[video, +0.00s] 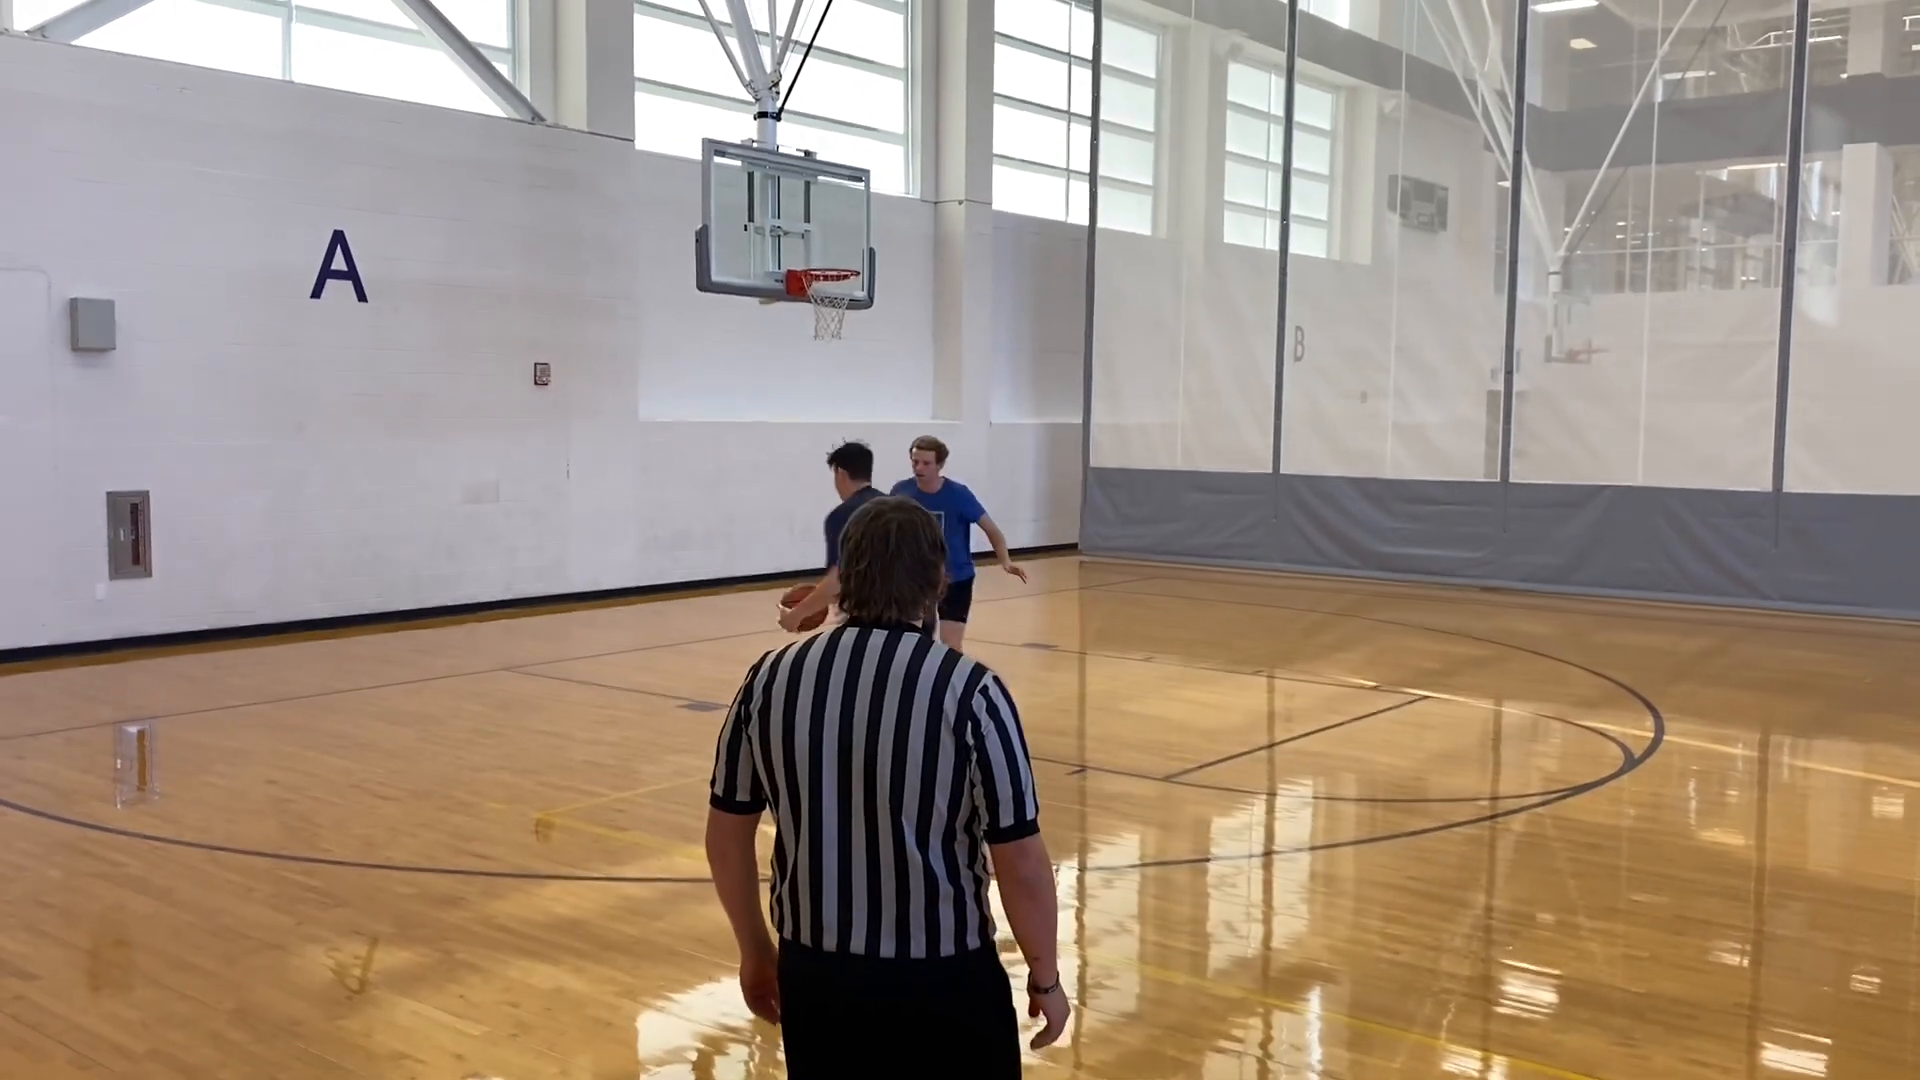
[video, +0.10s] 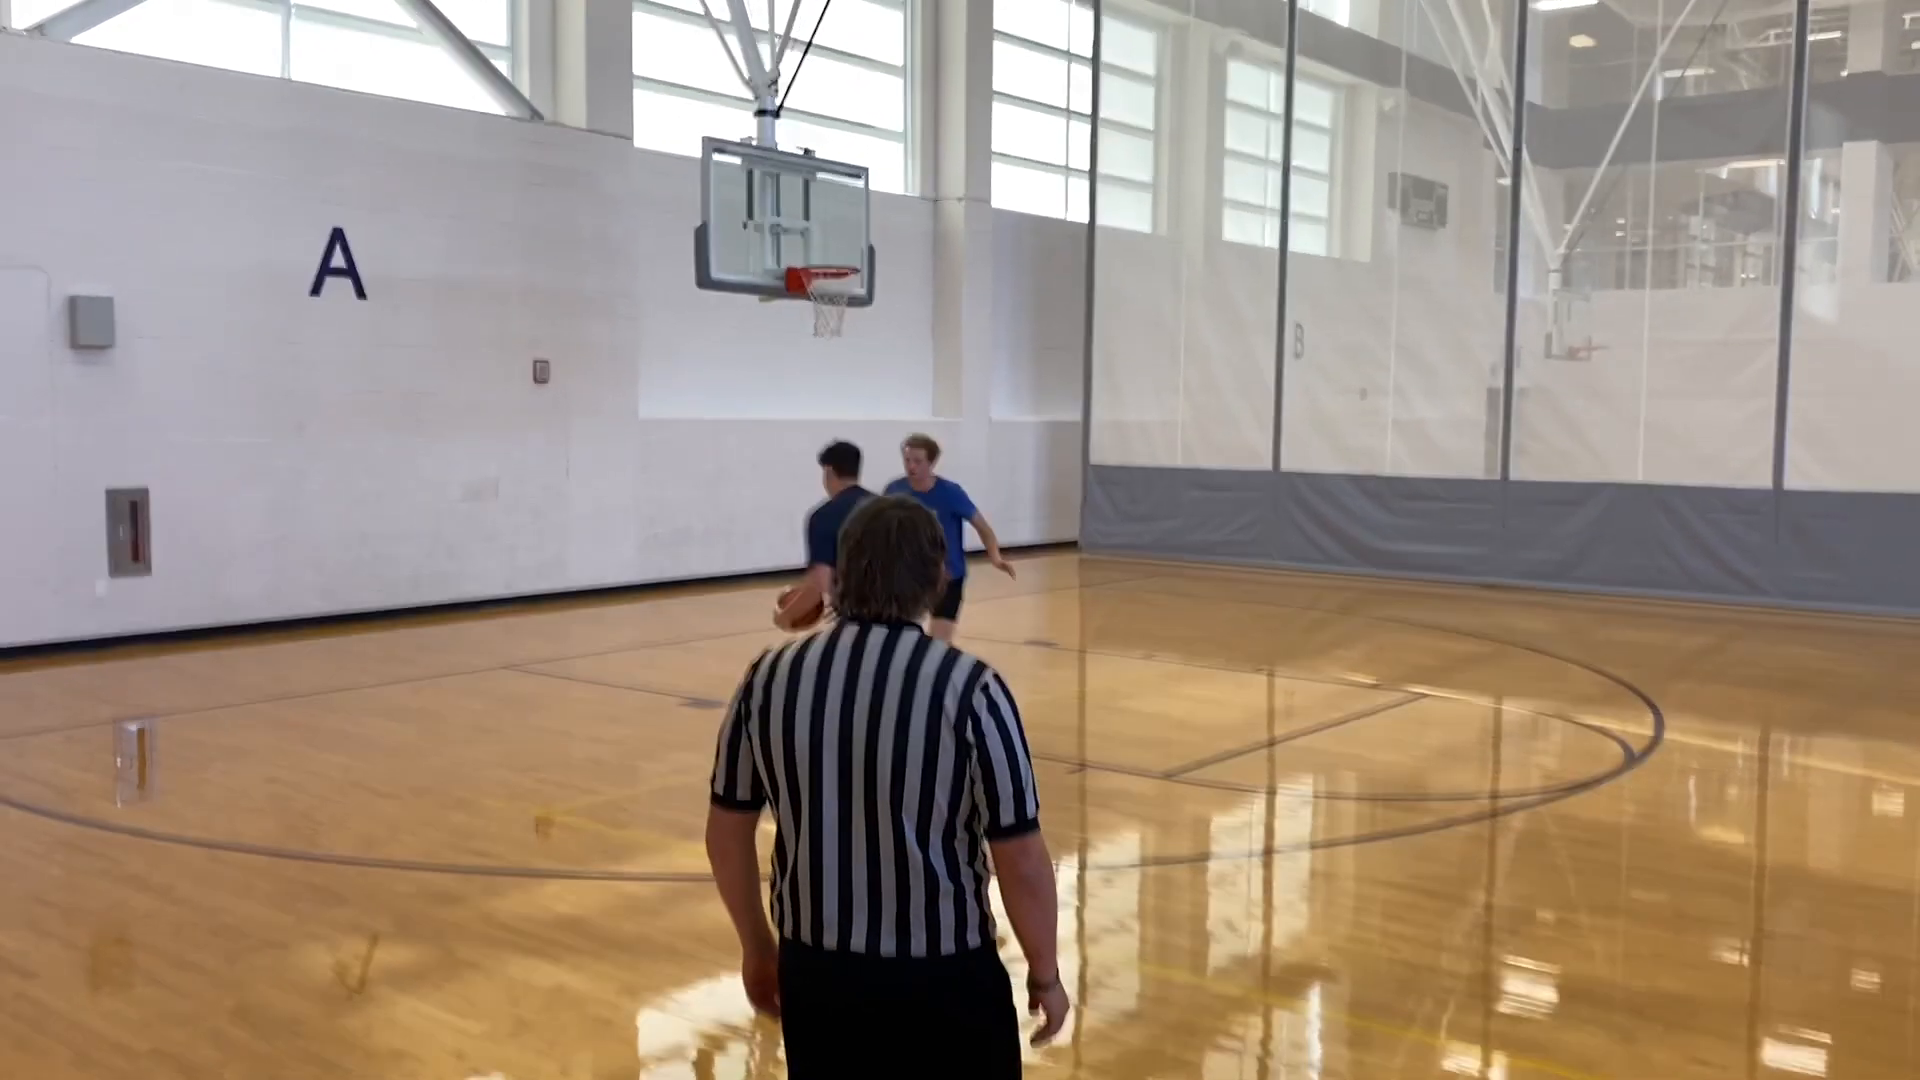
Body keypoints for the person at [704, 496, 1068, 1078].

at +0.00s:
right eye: (943, 573)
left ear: (844, 577)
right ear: (937, 584)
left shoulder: (771, 677)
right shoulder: (972, 690)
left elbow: (727, 834)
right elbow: (1021, 861)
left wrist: (755, 949)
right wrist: (1045, 976)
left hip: (816, 981)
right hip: (949, 986)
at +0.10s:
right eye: (943, 568)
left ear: (842, 573)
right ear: (937, 579)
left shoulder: (771, 675)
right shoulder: (971, 687)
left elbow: (727, 831)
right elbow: (1020, 854)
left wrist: (757, 945)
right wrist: (1045, 973)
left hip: (817, 981)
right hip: (950, 984)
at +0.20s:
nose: (947, 581)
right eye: (942, 569)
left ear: (844, 571)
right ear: (934, 579)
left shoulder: (770, 673)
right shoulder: (969, 686)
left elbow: (725, 830)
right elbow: (1019, 856)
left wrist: (756, 944)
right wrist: (1042, 971)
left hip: (815, 981)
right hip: (947, 985)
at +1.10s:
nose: (939, 573)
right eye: (935, 561)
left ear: (841, 564)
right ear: (929, 572)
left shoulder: (768, 671)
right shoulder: (969, 682)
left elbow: (724, 826)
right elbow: (1019, 851)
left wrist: (757, 940)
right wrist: (1037, 953)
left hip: (815, 974)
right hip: (948, 977)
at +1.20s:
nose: (938, 573)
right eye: (934, 560)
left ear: (841, 566)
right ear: (929, 572)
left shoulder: (768, 670)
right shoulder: (967, 681)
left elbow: (723, 826)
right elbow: (1017, 849)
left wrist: (755, 939)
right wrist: (1035, 950)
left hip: (814, 976)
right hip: (945, 978)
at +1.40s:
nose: (938, 570)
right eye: (934, 558)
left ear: (841, 566)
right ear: (928, 569)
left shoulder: (765, 670)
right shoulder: (968, 682)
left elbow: (721, 829)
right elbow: (1018, 853)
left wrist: (754, 939)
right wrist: (1032, 949)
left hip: (812, 974)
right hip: (945, 976)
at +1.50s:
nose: (940, 571)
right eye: (936, 558)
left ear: (841, 565)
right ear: (929, 570)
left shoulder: (764, 671)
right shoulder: (968, 682)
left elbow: (721, 830)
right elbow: (1018, 854)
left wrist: (754, 939)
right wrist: (1030, 946)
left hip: (812, 973)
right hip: (945, 975)